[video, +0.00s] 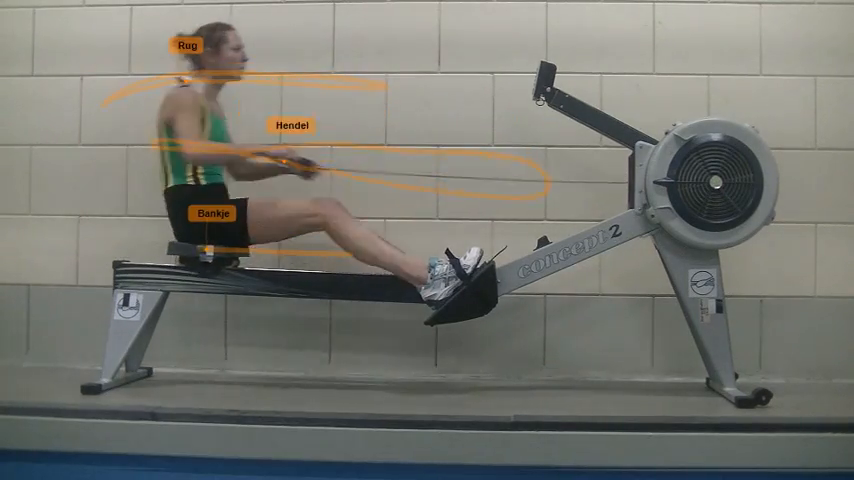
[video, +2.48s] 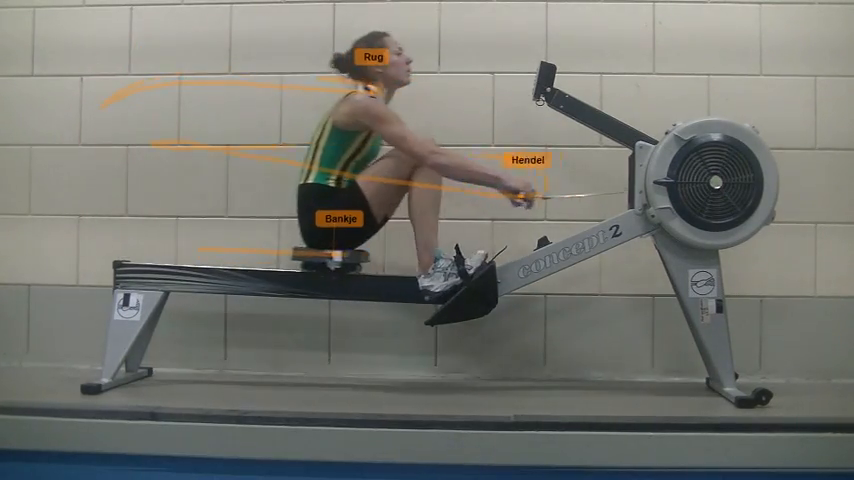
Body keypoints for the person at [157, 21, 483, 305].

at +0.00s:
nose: (243, 56)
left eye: (241, 49)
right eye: (235, 49)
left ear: (217, 57)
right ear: (210, 55)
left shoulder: (210, 109)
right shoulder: (186, 97)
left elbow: (238, 171)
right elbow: (191, 149)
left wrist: (286, 166)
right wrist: (264, 154)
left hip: (214, 215)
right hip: (200, 219)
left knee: (330, 210)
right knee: (327, 212)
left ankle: (430, 275)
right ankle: (426, 280)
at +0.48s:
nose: (391, 61)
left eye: (387, 53)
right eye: (381, 54)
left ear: (360, 67)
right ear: (356, 65)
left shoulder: (356, 108)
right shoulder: (343, 105)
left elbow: (409, 160)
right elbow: (404, 159)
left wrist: (474, 185)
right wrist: (473, 182)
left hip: (316, 218)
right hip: (306, 219)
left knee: (410, 157)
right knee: (406, 160)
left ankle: (431, 269)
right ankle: (430, 274)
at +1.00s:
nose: (336, 54)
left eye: (331, 47)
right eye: (326, 49)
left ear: (304, 63)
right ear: (302, 61)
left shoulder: (303, 103)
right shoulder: (288, 97)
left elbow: (366, 147)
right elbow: (360, 131)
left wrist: (428, 156)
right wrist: (431, 139)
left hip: (275, 211)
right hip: (263, 213)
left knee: (379, 167)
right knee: (376, 169)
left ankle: (432, 273)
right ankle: (430, 279)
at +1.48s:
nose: (171, 76)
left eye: (169, 68)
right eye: (162, 70)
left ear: (148, 76)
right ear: (136, 76)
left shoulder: (147, 121)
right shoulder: (115, 116)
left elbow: (160, 171)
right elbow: (97, 171)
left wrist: (198, 160)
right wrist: (154, 149)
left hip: (198, 212)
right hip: (185, 216)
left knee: (314, 237)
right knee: (309, 241)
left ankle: (429, 277)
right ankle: (428, 282)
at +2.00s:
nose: (277, 55)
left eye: (274, 48)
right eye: (268, 49)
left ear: (249, 58)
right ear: (242, 56)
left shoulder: (244, 104)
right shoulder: (220, 96)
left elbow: (278, 167)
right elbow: (238, 150)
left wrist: (328, 172)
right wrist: (308, 156)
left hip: (229, 216)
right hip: (214, 218)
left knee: (343, 194)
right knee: (337, 195)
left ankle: (428, 275)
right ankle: (426, 281)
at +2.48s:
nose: (408, 59)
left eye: (403, 52)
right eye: (398, 54)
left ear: (379, 68)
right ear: (376, 65)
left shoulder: (370, 105)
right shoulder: (365, 106)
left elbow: (433, 157)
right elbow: (433, 156)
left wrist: (500, 183)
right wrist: (502, 182)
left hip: (329, 216)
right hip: (326, 218)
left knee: (421, 157)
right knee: (421, 158)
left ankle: (432, 264)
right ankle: (430, 272)